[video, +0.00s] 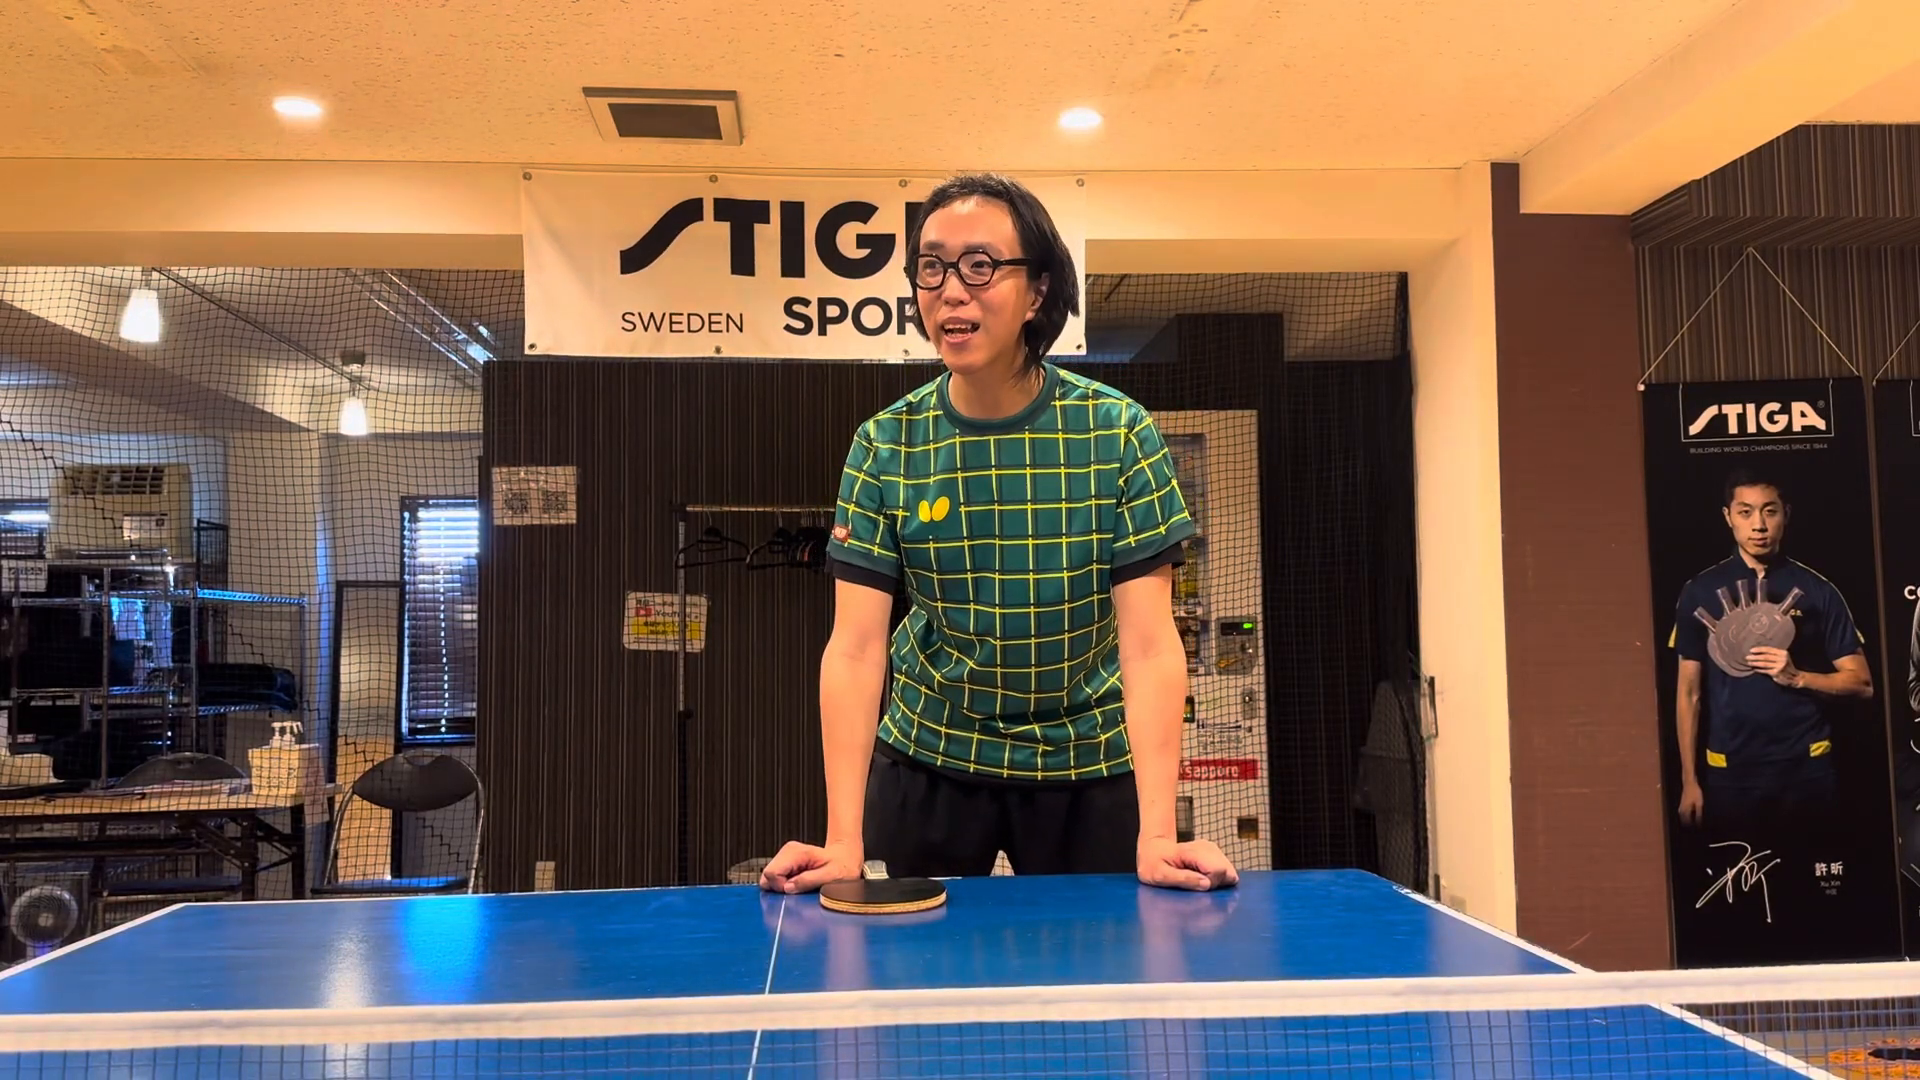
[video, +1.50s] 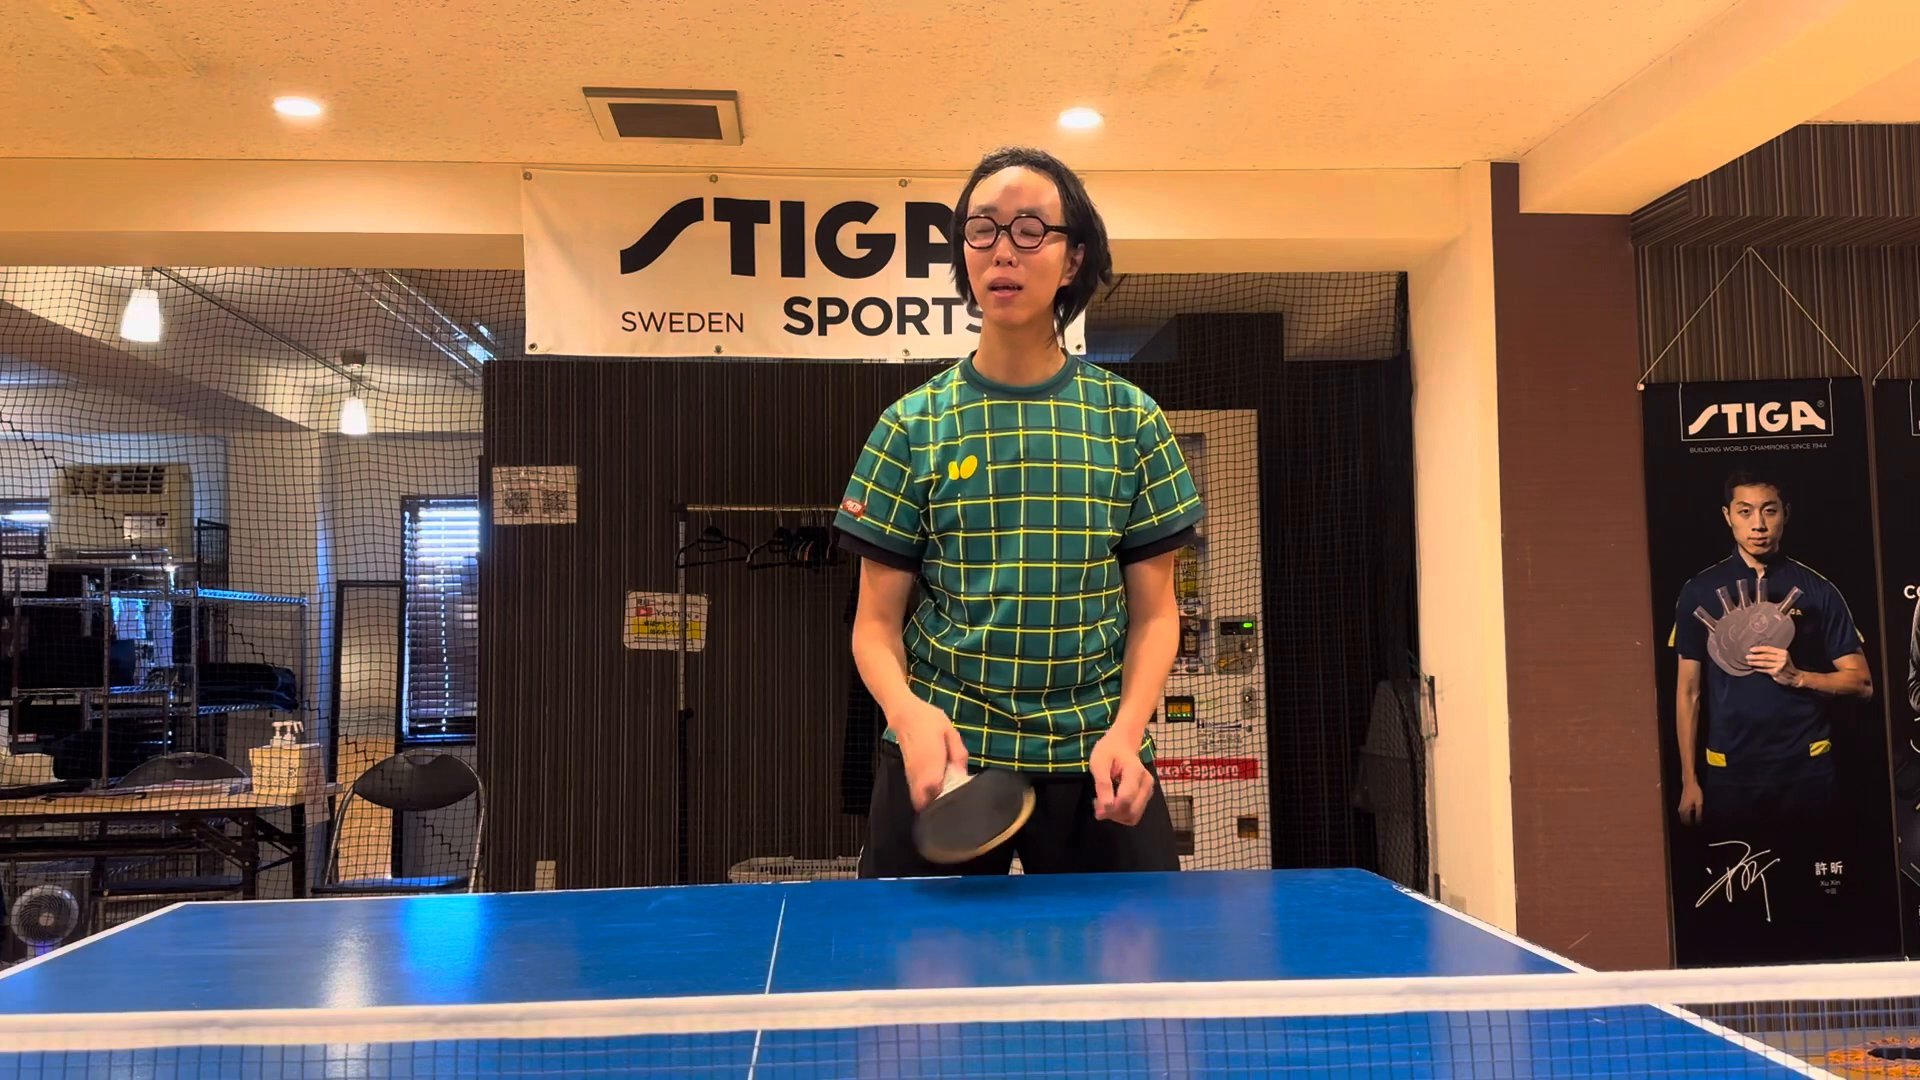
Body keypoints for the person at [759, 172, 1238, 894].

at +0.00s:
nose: (950, 293)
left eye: (980, 268)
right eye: (933, 269)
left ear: (1036, 292)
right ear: (916, 288)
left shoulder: (1117, 433)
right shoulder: (886, 446)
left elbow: (1150, 645)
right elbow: (855, 648)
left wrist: (1159, 833)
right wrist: (842, 842)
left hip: (1086, 770)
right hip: (927, 768)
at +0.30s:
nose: (963, 267)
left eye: (994, 244)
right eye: (946, 247)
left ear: (1045, 276)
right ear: (927, 275)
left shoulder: (1116, 428)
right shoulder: (891, 436)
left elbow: (1146, 635)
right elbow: (856, 637)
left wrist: (1160, 794)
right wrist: (837, 788)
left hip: (1086, 772)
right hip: (925, 768)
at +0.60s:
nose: (983, 253)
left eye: (1013, 232)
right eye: (965, 234)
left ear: (1059, 267)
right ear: (944, 263)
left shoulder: (1121, 420)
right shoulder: (902, 432)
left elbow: (1144, 620)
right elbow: (876, 642)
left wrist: (1126, 761)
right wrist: (904, 787)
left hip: (1087, 777)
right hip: (938, 776)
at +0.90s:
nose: (998, 247)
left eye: (1026, 226)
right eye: (979, 226)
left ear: (1069, 260)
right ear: (957, 254)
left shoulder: (1129, 418)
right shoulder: (912, 426)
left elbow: (1157, 615)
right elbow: (881, 629)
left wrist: (1143, 756)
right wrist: (903, 775)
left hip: (1099, 780)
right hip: (949, 780)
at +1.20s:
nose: (999, 247)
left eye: (1027, 226)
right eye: (980, 227)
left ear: (1070, 260)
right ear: (959, 255)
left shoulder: (1130, 420)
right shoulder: (914, 426)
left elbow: (1156, 616)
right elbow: (884, 627)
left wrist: (1141, 756)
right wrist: (903, 781)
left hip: (1099, 780)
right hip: (948, 780)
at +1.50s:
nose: (1005, 251)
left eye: (1032, 230)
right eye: (985, 231)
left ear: (1073, 260)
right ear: (963, 256)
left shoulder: (1131, 420)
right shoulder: (915, 425)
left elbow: (1155, 609)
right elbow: (876, 621)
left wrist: (1126, 730)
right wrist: (907, 713)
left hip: (1097, 772)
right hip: (941, 771)